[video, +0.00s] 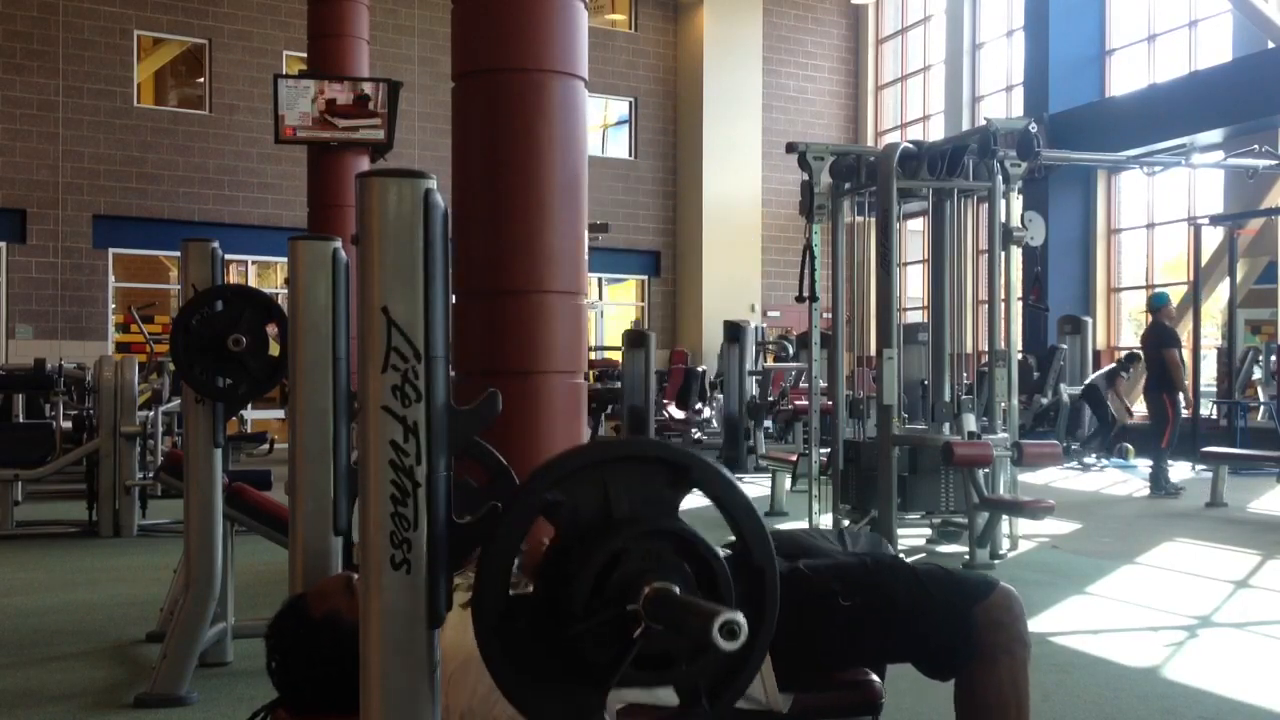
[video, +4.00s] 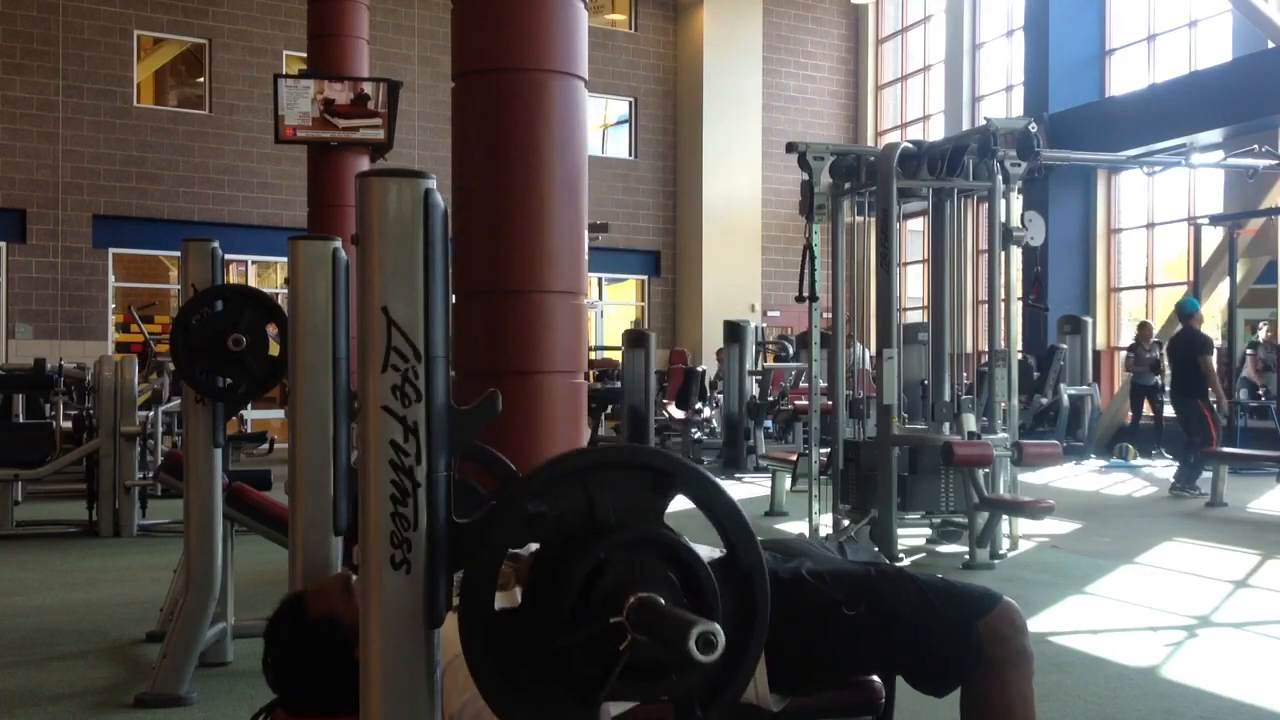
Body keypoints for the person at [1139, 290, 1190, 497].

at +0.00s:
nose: (1174, 309)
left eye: (1172, 305)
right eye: (1170, 306)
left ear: (1155, 310)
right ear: (1163, 309)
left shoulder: (1149, 332)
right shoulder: (1166, 331)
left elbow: (1150, 364)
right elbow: (1174, 363)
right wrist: (1185, 392)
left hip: (1152, 388)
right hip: (1164, 389)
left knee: (1162, 432)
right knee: (1167, 431)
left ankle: (1162, 479)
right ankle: (1159, 482)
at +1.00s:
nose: (1192, 300)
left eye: (1191, 296)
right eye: (1190, 296)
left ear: (1171, 298)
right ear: (1185, 297)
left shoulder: (1161, 318)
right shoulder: (1191, 314)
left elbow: (1142, 316)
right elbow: (1208, 310)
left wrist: (1135, 304)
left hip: (1168, 377)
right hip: (1187, 377)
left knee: (1174, 420)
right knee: (1197, 417)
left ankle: (1166, 471)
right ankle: (1190, 471)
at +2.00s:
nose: (1191, 296)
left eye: (1188, 293)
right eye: (1188, 293)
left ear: (1171, 301)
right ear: (1182, 298)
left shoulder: (1165, 322)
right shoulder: (1192, 320)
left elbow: (1156, 348)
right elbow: (1210, 346)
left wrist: (1154, 369)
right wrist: (1228, 367)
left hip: (1172, 380)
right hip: (1191, 381)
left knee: (1176, 424)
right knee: (1195, 427)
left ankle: (1167, 473)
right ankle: (1189, 477)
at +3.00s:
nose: (1196, 307)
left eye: (1193, 303)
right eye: (1193, 304)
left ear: (1175, 310)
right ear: (1188, 308)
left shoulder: (1166, 332)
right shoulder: (1194, 331)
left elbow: (1162, 363)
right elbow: (1203, 362)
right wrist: (1217, 385)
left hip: (1171, 389)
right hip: (1189, 390)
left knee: (1180, 433)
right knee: (1198, 435)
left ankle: (1168, 478)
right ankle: (1180, 480)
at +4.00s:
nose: (1202, 315)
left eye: (1200, 311)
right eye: (1200, 312)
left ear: (1181, 317)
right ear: (1195, 315)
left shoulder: (1173, 341)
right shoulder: (1202, 340)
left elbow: (1175, 371)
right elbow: (1209, 371)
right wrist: (1221, 399)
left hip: (1177, 395)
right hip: (1195, 396)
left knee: (1193, 437)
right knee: (1209, 438)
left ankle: (1180, 480)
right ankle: (1188, 482)